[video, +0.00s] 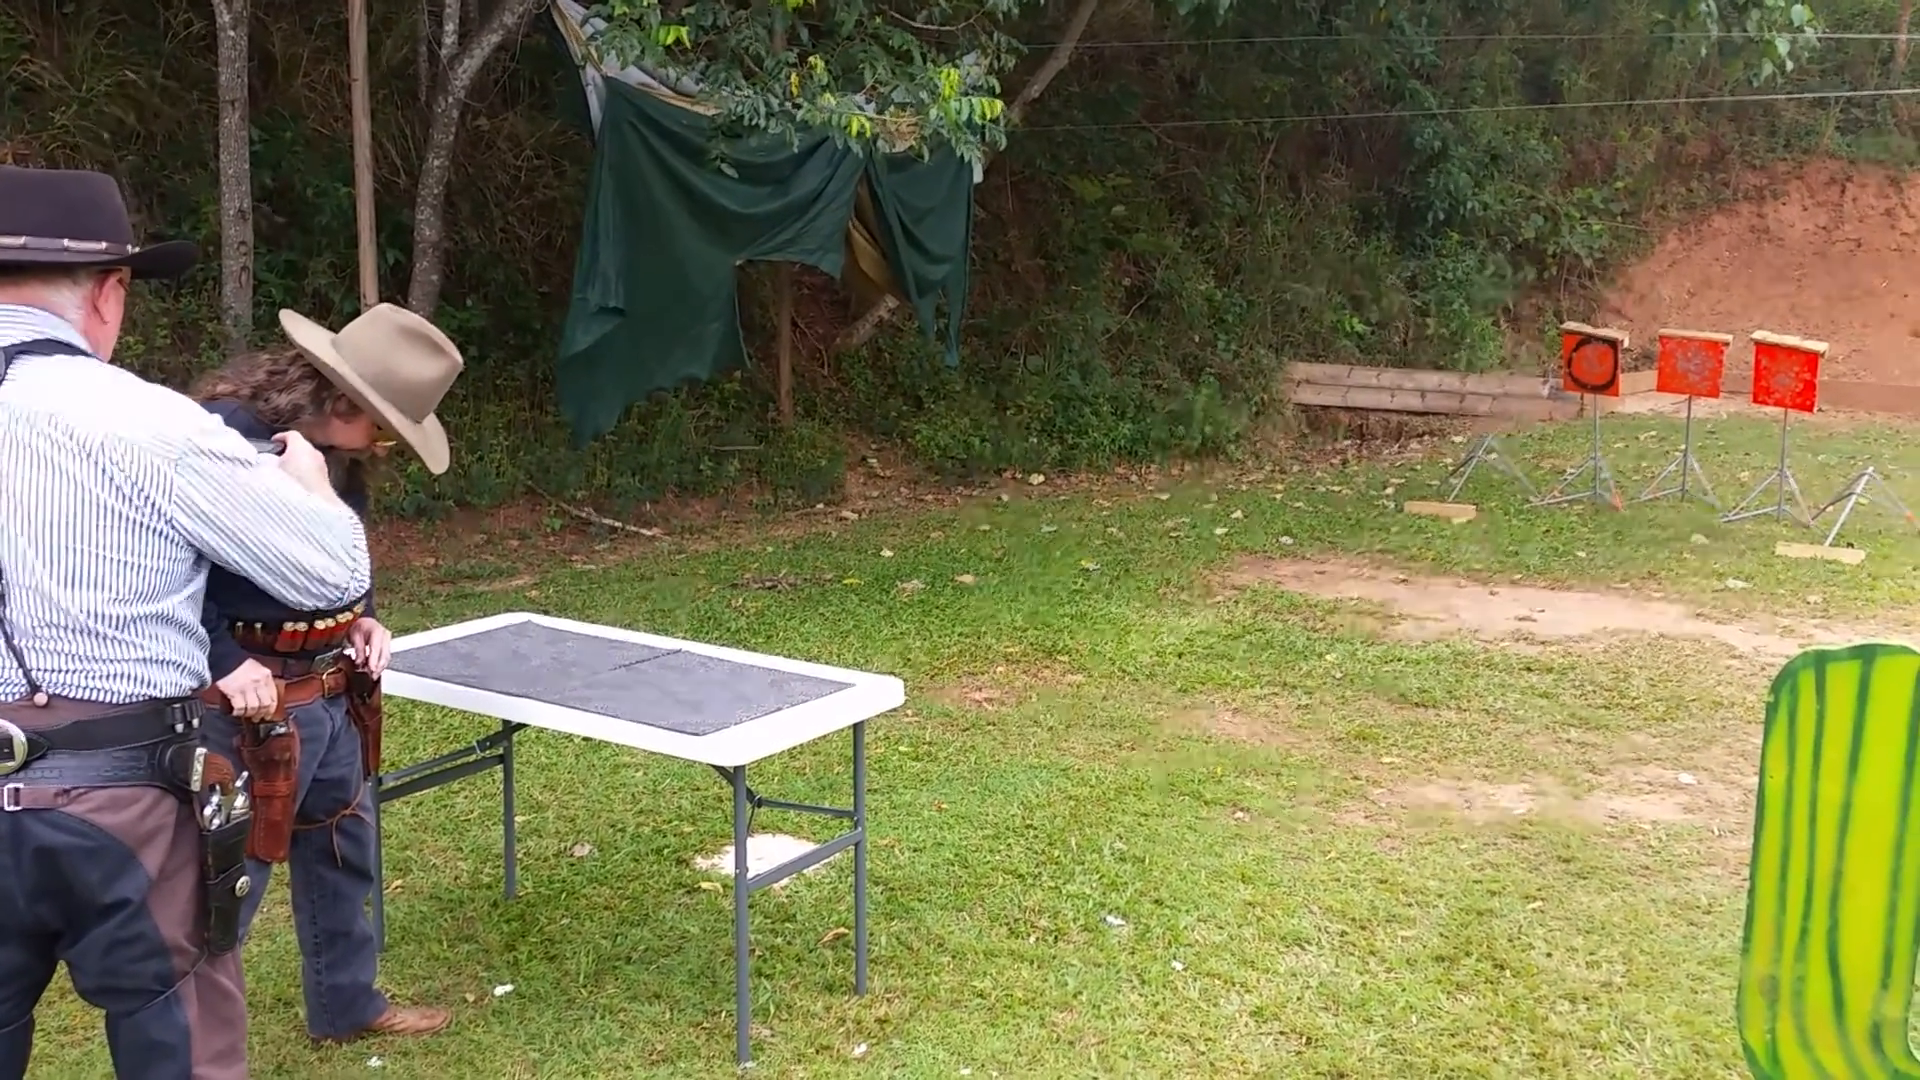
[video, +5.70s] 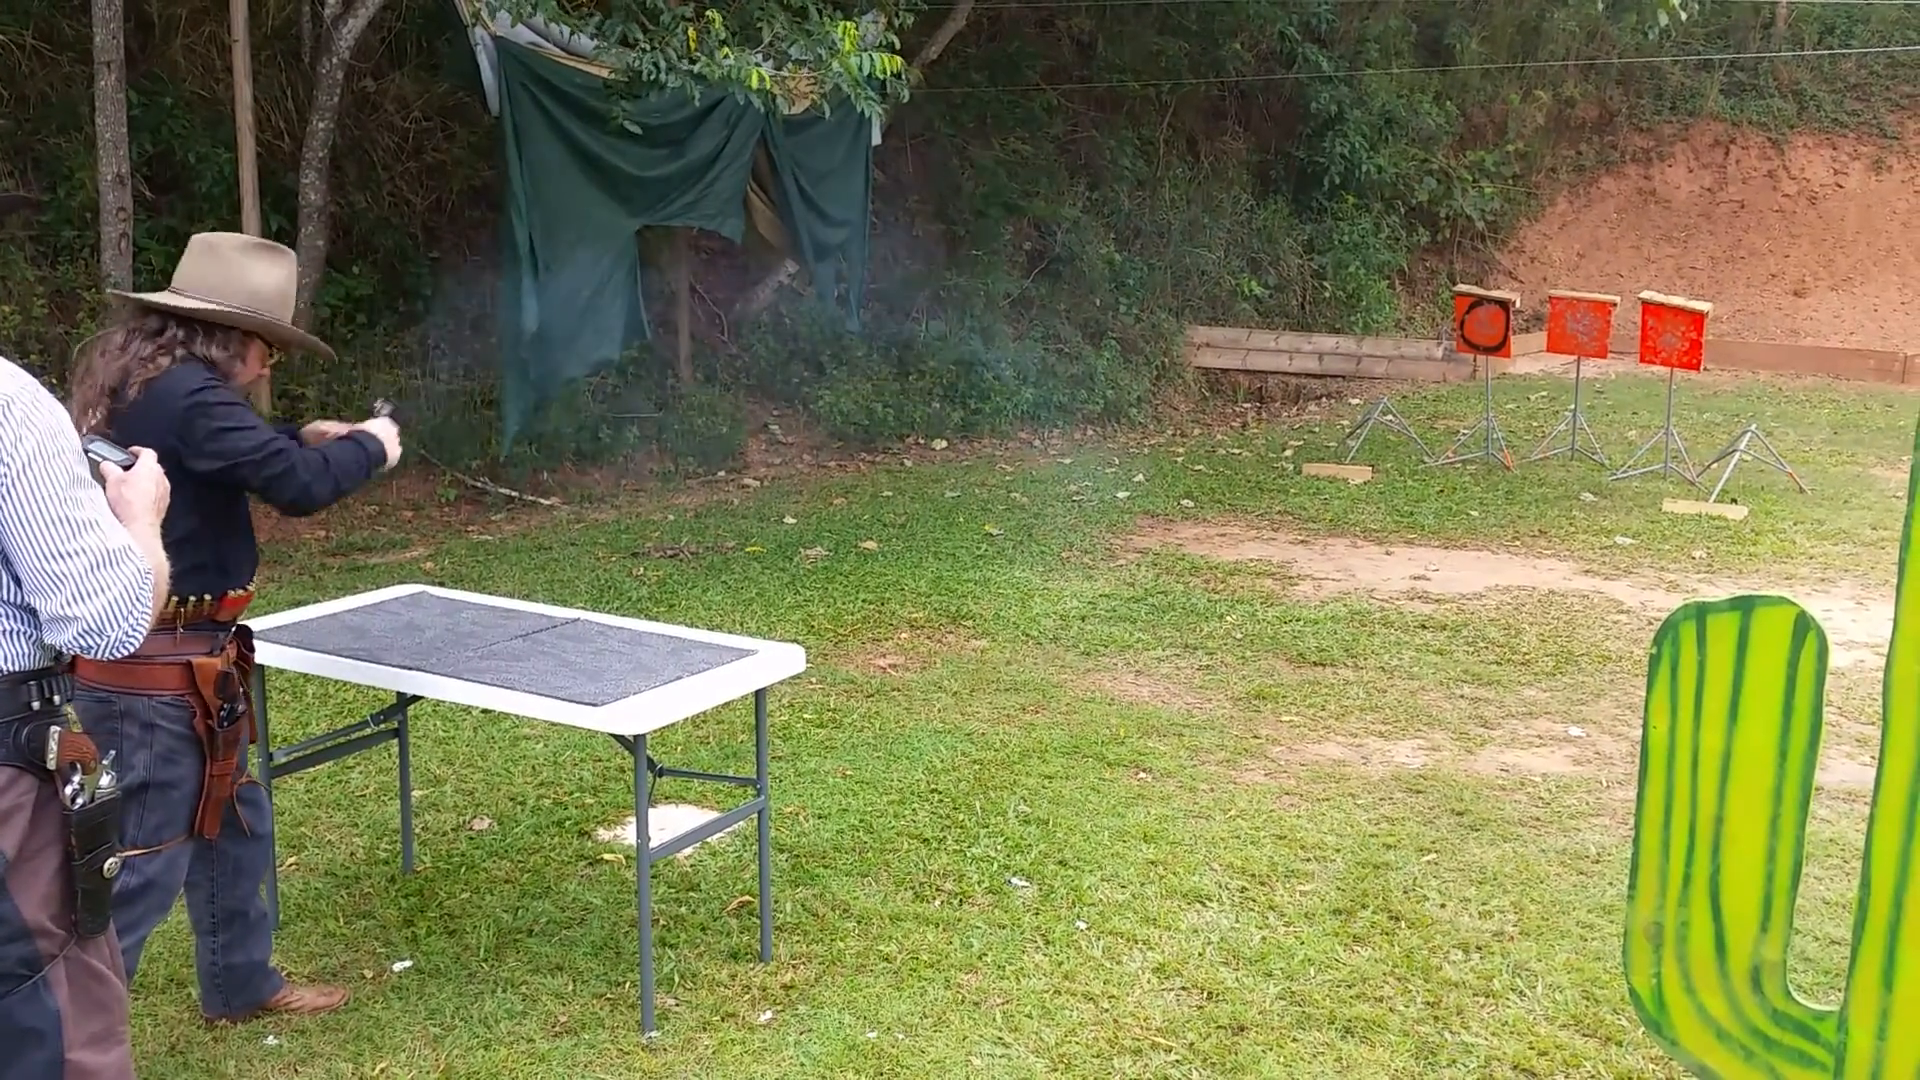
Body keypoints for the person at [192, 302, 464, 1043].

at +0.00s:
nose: (382, 447)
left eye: (390, 436)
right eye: (383, 431)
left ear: (355, 411)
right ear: (348, 404)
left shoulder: (335, 464)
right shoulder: (219, 442)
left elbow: (333, 564)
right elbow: (172, 573)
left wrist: (357, 619)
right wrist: (224, 658)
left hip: (326, 698)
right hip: (243, 709)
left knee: (342, 855)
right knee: (228, 886)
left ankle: (346, 1006)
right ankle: (187, 1032)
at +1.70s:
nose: (320, 401)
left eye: (326, 388)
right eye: (320, 384)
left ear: (276, 364)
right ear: (287, 368)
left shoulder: (249, 421)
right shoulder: (206, 417)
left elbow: (262, 524)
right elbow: (247, 556)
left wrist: (303, 570)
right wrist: (297, 636)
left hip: (264, 670)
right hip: (202, 675)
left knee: (293, 822)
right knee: (180, 857)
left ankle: (294, 986)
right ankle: (133, 1003)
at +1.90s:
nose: (312, 352)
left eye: (312, 337)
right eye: (304, 337)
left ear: (235, 333)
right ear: (265, 341)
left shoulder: (189, 387)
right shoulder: (215, 393)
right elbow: (275, 512)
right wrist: (316, 571)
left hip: (245, 646)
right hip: (191, 659)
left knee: (280, 816)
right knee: (174, 856)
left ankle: (289, 983)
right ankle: (125, 1010)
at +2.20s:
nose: (283, 328)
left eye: (281, 314)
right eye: (276, 315)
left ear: (198, 323)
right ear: (245, 324)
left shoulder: (169, 393)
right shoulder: (228, 402)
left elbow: (246, 487)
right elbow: (316, 521)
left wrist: (318, 460)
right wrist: (359, 483)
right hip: (198, 665)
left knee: (275, 819)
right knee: (184, 858)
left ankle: (284, 979)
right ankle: (120, 1007)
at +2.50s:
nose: (281, 329)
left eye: (276, 316)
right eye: (271, 317)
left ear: (192, 325)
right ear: (243, 327)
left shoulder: (161, 393)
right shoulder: (231, 403)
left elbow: (306, 397)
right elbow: (342, 412)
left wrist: (393, 370)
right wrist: (427, 384)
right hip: (192, 663)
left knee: (263, 815)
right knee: (183, 858)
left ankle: (275, 980)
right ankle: (108, 1012)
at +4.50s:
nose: (279, 338)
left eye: (276, 324)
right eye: (269, 323)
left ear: (192, 325)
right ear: (233, 328)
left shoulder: (141, 384)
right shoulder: (224, 399)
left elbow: (304, 391)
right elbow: (336, 414)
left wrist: (401, 364)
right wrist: (429, 386)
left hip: (125, 651)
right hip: (160, 663)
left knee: (235, 814)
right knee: (146, 864)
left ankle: (244, 982)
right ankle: (71, 1019)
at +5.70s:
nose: (264, 366)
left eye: (268, 352)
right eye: (264, 350)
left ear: (189, 321)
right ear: (235, 339)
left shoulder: (138, 378)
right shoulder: (188, 398)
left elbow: (219, 449)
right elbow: (300, 484)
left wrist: (301, 436)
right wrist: (376, 446)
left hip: (185, 653)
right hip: (155, 666)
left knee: (235, 819)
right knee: (149, 855)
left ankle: (240, 985)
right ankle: (76, 1012)